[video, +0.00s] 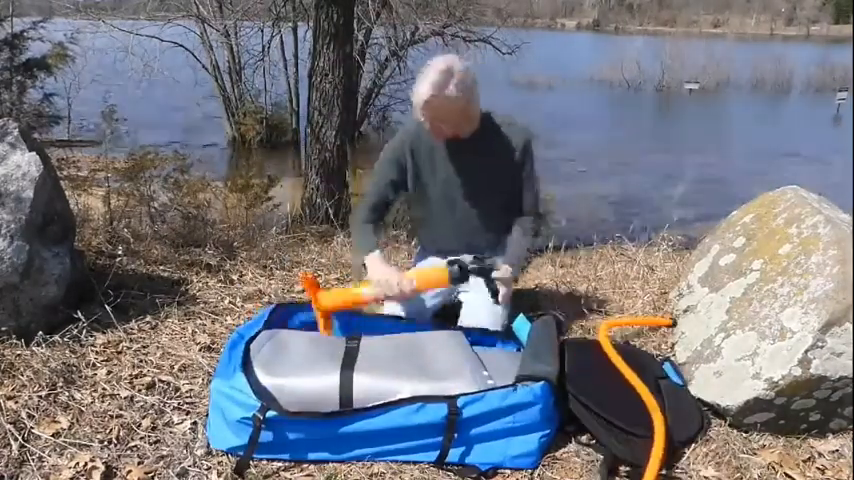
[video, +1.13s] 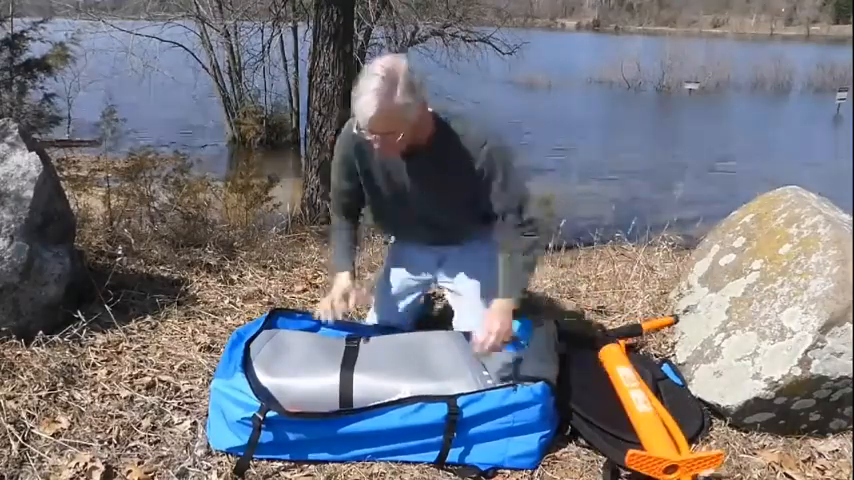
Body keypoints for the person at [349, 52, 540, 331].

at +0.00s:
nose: (435, 131)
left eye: (442, 122)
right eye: (427, 121)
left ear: (468, 108)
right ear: (420, 111)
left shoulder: (513, 142)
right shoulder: (410, 142)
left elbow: (527, 218)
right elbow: (364, 216)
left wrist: (509, 267)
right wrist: (376, 266)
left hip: (489, 264)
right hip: (433, 262)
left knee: (481, 331)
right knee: (393, 320)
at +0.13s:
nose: (449, 90)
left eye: (459, 80)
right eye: (441, 81)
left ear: (478, 79)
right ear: (427, 81)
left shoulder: (510, 131)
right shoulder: (413, 130)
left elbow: (523, 203)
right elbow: (388, 200)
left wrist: (503, 234)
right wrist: (403, 211)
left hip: (488, 260)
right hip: (430, 260)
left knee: (482, 329)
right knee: (385, 331)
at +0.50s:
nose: (471, 99)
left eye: (475, 87)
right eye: (459, 91)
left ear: (480, 80)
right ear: (430, 87)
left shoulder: (507, 129)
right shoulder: (407, 135)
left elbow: (525, 200)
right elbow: (395, 210)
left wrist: (548, 222)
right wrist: (426, 226)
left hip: (492, 259)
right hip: (434, 259)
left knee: (476, 347)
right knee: (382, 335)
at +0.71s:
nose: (474, 125)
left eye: (481, 114)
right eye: (464, 116)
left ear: (486, 101)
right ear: (436, 103)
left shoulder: (506, 141)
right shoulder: (409, 141)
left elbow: (529, 213)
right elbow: (393, 203)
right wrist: (396, 248)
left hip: (490, 262)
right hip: (431, 262)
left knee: (478, 341)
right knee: (379, 337)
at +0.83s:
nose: (446, 146)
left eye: (457, 137)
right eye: (439, 135)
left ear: (481, 127)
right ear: (431, 121)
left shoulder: (510, 163)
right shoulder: (409, 140)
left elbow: (529, 249)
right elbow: (394, 198)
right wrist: (383, 245)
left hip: (488, 264)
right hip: (430, 259)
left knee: (478, 337)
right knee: (382, 333)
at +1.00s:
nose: (433, 177)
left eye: (443, 167)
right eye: (423, 167)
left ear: (462, 142)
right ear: (409, 144)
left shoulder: (501, 163)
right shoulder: (387, 157)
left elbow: (551, 244)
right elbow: (369, 209)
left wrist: (591, 323)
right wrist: (367, 263)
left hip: (482, 261)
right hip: (419, 259)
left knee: (477, 342)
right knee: (384, 333)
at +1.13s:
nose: (376, 145)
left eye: (388, 135)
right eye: (369, 133)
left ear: (422, 114)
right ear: (359, 120)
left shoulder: (477, 144)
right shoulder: (354, 141)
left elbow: (518, 225)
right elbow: (343, 213)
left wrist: (505, 304)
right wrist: (342, 275)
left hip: (474, 250)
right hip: (406, 251)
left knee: (487, 350)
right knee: (378, 342)